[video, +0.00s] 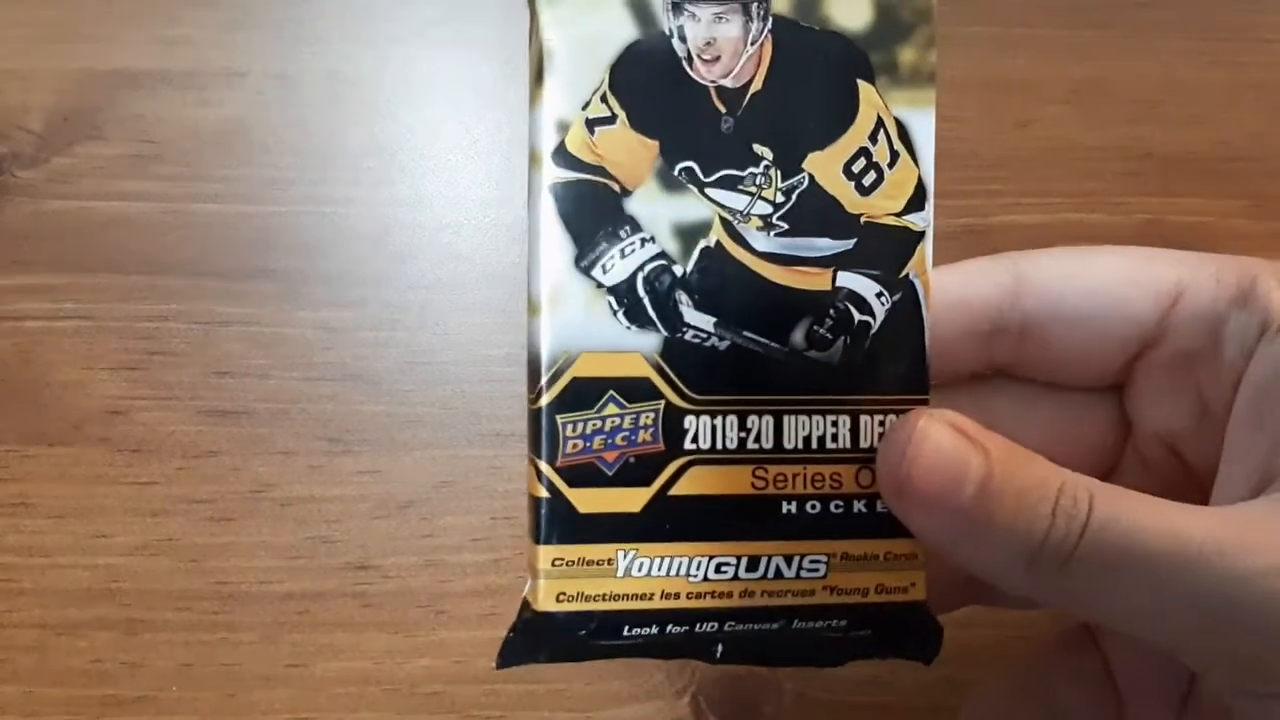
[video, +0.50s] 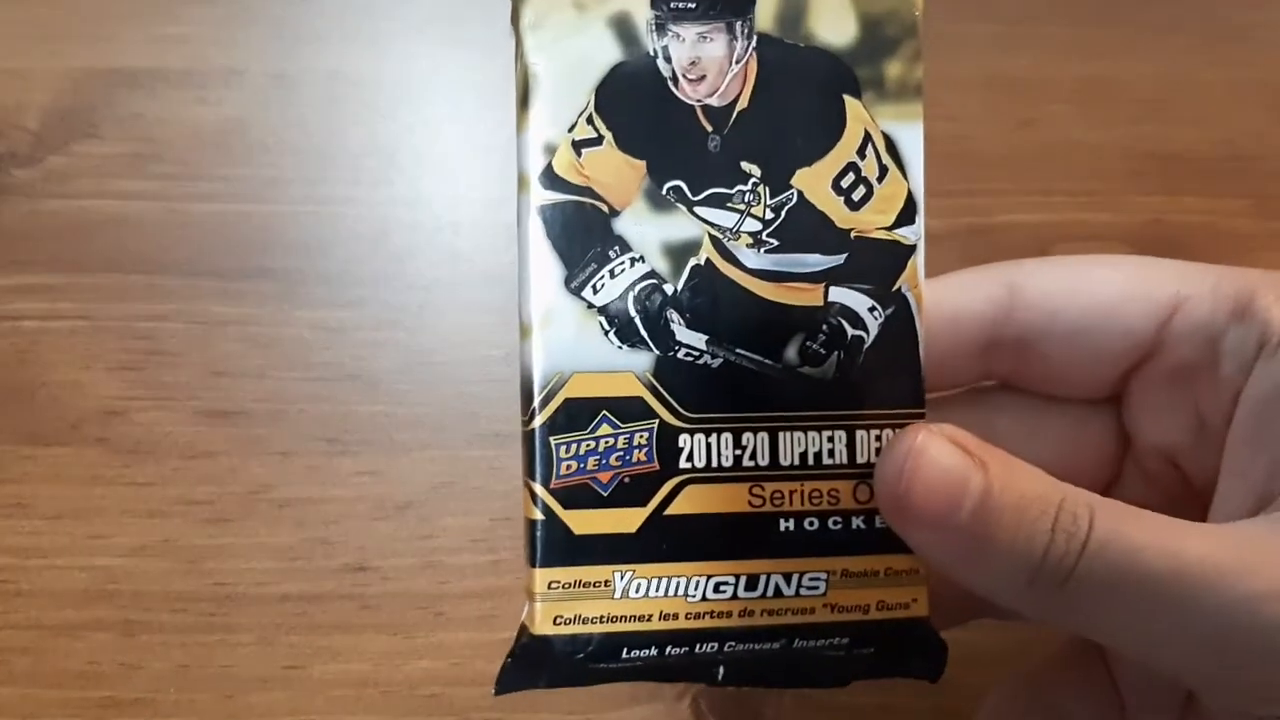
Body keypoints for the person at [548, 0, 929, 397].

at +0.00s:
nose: (703, 40)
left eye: (721, 19)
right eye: (688, 18)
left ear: (758, 19)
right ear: (673, 18)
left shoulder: (824, 73)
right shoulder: (648, 76)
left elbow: (899, 208)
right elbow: (578, 171)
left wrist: (853, 306)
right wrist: (630, 265)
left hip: (854, 272)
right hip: (742, 262)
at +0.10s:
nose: (703, 41)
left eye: (722, 19)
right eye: (687, 19)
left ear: (760, 19)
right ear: (673, 19)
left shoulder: (826, 75)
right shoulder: (648, 78)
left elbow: (902, 210)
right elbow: (579, 172)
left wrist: (856, 309)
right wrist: (629, 268)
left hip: (858, 274)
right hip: (744, 265)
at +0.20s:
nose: (704, 41)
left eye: (723, 19)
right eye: (689, 20)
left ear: (761, 19)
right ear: (675, 19)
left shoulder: (828, 75)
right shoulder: (649, 78)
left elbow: (903, 211)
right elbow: (579, 175)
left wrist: (856, 312)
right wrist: (630, 270)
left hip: (859, 276)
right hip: (744, 267)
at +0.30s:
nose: (690, 54)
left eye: (710, 32)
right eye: (675, 33)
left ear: (747, 31)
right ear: (659, 30)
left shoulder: (813, 86)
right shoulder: (634, 92)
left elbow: (892, 217)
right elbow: (569, 191)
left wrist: (846, 320)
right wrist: (625, 284)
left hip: (847, 285)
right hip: (733, 277)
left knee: (883, 442)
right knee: (671, 424)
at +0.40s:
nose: (681, 65)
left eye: (701, 44)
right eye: (667, 44)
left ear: (738, 40)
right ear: (652, 43)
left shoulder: (806, 95)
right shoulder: (628, 103)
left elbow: (886, 221)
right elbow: (563, 200)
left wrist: (842, 328)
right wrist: (623, 295)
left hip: (842, 295)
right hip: (728, 287)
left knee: (881, 453)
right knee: (666, 434)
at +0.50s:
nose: (687, 59)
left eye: (707, 37)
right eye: (673, 37)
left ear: (743, 34)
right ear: (658, 36)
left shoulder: (811, 90)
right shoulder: (633, 97)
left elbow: (889, 219)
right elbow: (567, 194)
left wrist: (845, 322)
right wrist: (624, 286)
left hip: (847, 288)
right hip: (733, 280)